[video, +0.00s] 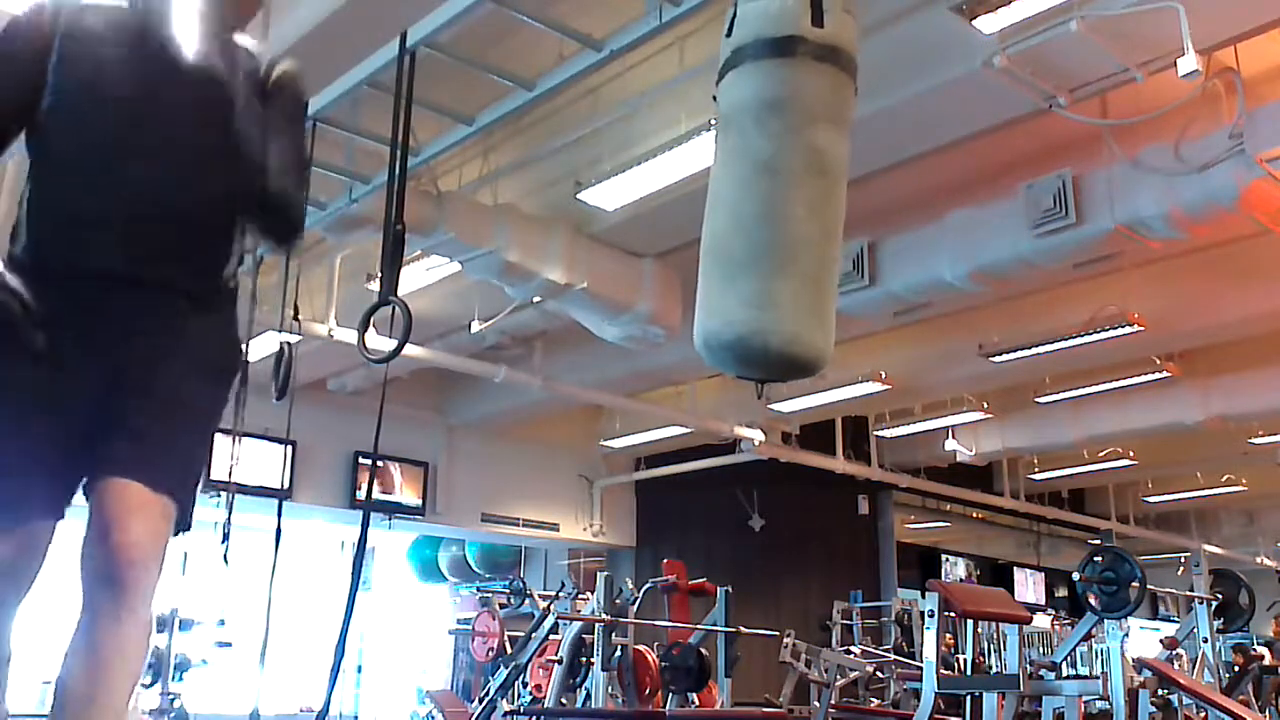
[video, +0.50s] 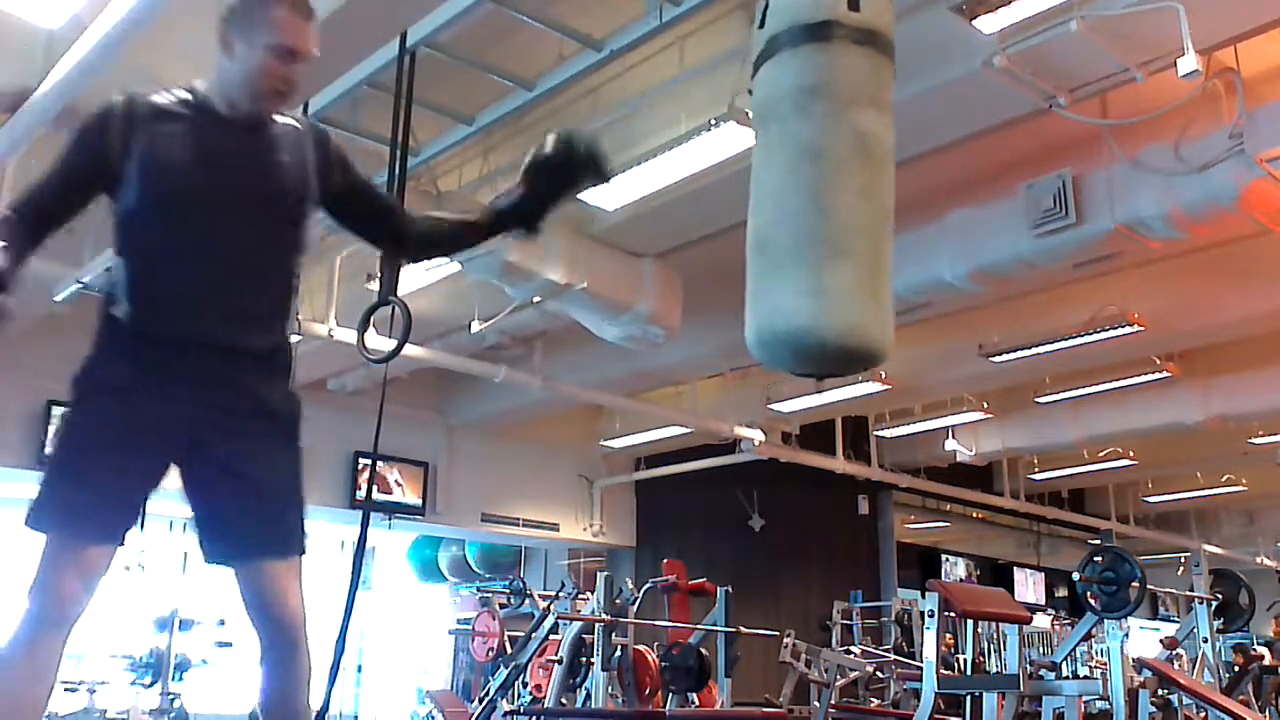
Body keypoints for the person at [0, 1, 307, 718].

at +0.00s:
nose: (257, 5)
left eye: (261, 4)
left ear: (261, 9)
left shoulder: (265, 85)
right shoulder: (62, 26)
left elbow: (285, 221)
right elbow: (1, 133)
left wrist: (233, 88)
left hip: (179, 336)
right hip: (45, 316)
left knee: (128, 550)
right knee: (12, 552)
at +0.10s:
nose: (241, 15)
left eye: (250, 5)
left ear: (247, 12)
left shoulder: (252, 103)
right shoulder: (45, 55)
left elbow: (271, 249)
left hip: (179, 363)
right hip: (47, 349)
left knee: (147, 571)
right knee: (17, 573)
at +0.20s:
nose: (229, 25)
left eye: (238, 10)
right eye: (214, 6)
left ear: (244, 14)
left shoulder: (247, 112)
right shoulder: (51, 76)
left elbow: (273, 260)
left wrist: (319, 377)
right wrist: (0, 329)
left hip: (191, 361)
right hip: (63, 349)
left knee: (173, 554)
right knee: (26, 573)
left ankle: (164, 712)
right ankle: (10, 704)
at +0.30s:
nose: (235, 33)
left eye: (245, 20)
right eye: (221, 14)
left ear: (251, 23)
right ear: (163, 4)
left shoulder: (258, 118)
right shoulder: (67, 90)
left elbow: (308, 257)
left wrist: (402, 327)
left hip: (207, 357)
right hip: (83, 348)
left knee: (209, 564)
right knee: (32, 580)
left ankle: (212, 714)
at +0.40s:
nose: (259, 51)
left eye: (269, 36)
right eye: (246, 30)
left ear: (275, 38)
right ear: (191, 16)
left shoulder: (278, 131)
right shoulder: (90, 102)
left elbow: (363, 246)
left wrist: (481, 265)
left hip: (221, 374)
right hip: (100, 364)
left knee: (252, 591)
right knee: (44, 584)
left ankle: (263, 718)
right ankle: (16, 712)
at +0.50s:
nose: (295, 75)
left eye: (305, 61)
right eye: (282, 53)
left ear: (308, 64)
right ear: (228, 38)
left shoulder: (309, 153)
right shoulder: (130, 126)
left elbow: (409, 238)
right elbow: (22, 225)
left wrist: (522, 207)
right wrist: (3, 268)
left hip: (249, 397)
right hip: (132, 384)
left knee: (282, 621)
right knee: (57, 597)